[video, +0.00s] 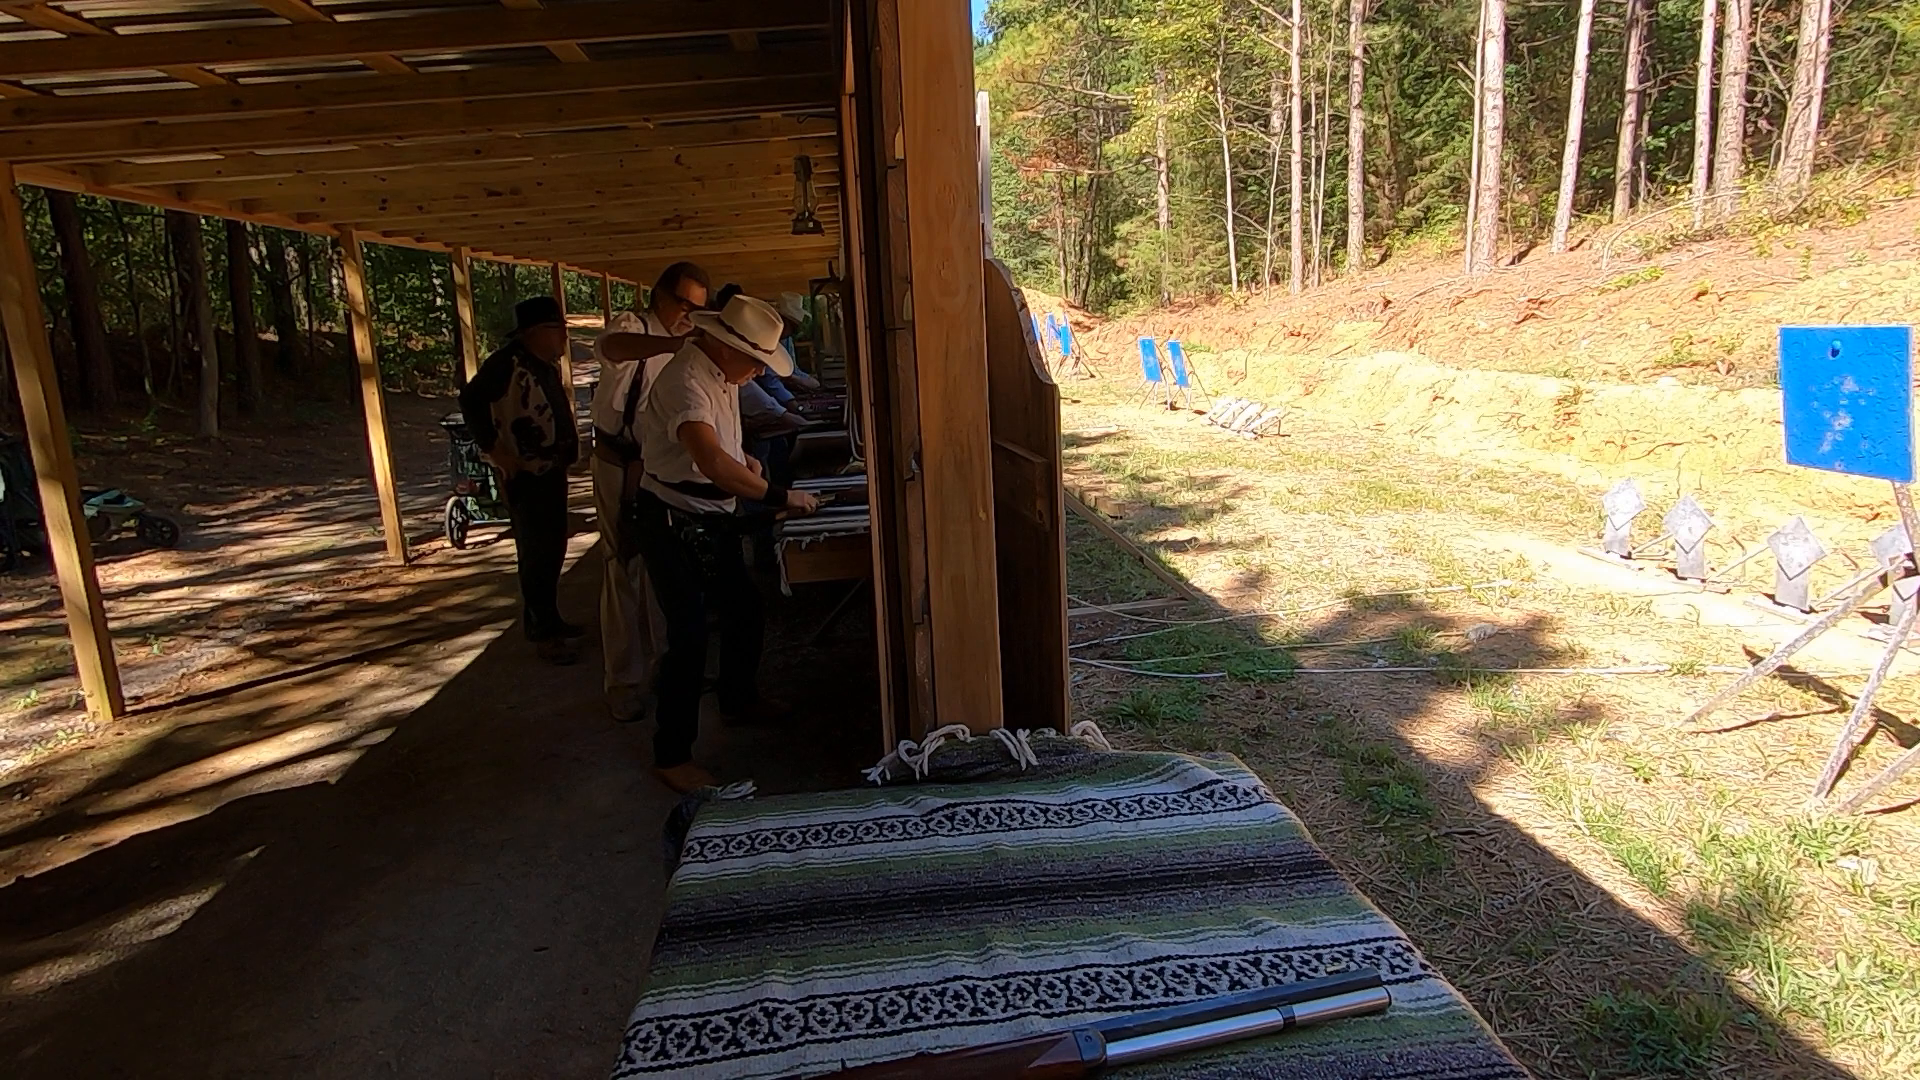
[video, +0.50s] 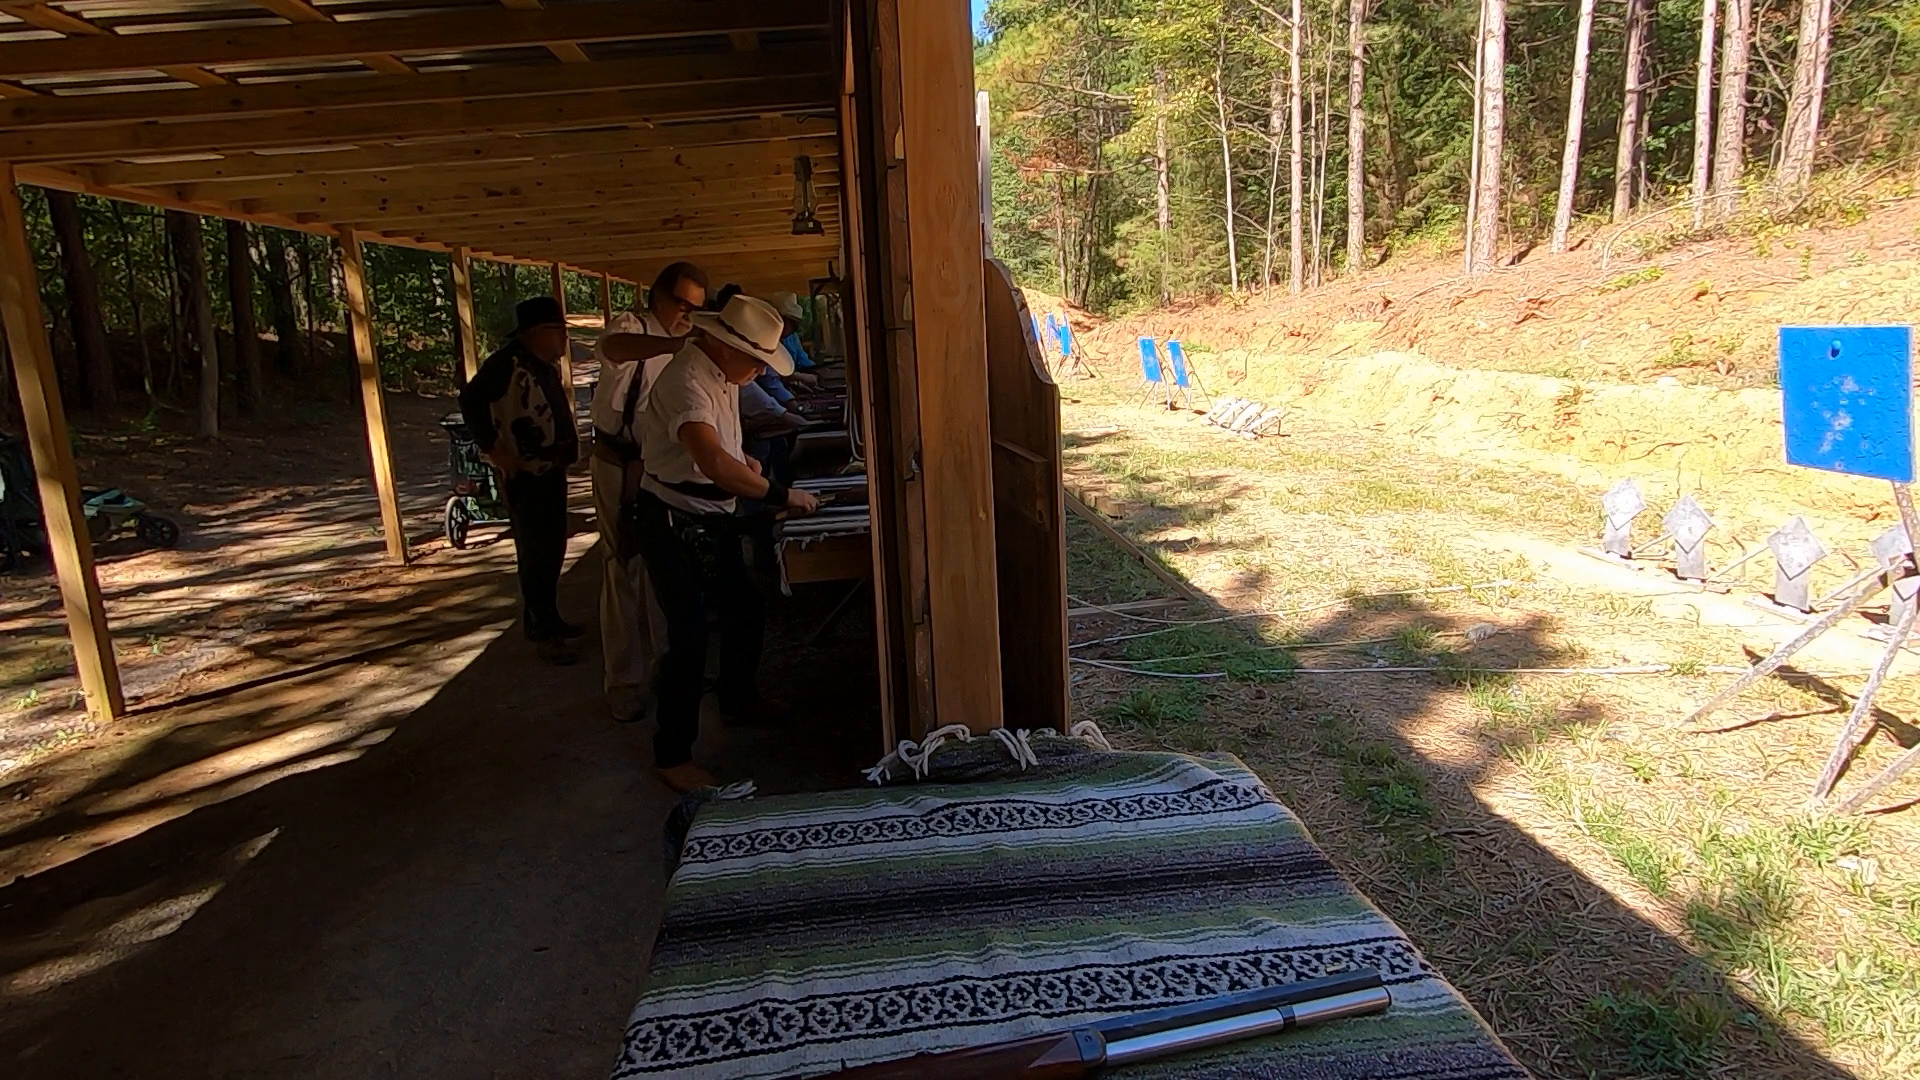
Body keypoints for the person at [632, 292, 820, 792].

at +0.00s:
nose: (757, 374)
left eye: (761, 367)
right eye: (755, 364)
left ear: (728, 349)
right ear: (729, 348)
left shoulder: (722, 377)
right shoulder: (685, 378)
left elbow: (727, 446)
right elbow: (709, 460)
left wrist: (755, 474)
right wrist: (780, 496)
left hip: (717, 516)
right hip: (672, 519)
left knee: (743, 611)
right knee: (689, 634)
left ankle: (739, 704)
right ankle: (672, 756)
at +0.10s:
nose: (758, 374)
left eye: (762, 366)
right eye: (756, 364)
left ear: (728, 349)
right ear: (729, 348)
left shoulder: (721, 378)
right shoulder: (685, 378)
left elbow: (731, 450)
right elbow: (709, 460)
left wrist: (764, 482)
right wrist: (779, 496)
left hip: (717, 516)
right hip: (673, 520)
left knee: (743, 610)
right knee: (689, 635)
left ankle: (739, 704)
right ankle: (673, 757)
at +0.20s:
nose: (758, 373)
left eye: (761, 366)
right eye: (755, 364)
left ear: (727, 349)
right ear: (728, 348)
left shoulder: (721, 377)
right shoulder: (686, 379)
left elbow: (728, 447)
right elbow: (709, 460)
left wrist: (756, 475)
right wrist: (780, 495)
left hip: (717, 516)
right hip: (672, 519)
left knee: (743, 610)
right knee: (689, 635)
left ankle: (739, 703)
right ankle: (672, 757)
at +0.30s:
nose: (758, 373)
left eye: (762, 366)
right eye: (755, 364)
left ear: (727, 349)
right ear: (728, 348)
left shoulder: (721, 377)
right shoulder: (686, 379)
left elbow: (727, 446)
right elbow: (710, 460)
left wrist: (752, 471)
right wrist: (780, 494)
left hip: (716, 516)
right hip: (672, 520)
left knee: (743, 610)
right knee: (689, 635)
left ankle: (739, 703)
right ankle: (672, 757)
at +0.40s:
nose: (758, 373)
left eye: (762, 366)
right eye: (756, 364)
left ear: (727, 349)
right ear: (729, 348)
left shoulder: (721, 378)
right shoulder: (686, 378)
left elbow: (728, 447)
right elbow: (711, 460)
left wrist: (752, 472)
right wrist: (781, 494)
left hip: (717, 516)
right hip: (673, 520)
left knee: (743, 610)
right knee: (689, 635)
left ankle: (739, 704)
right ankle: (672, 757)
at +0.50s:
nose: (758, 374)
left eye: (762, 366)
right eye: (757, 364)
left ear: (728, 348)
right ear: (730, 348)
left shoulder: (721, 377)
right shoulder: (686, 378)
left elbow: (724, 445)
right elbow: (711, 461)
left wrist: (747, 466)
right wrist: (781, 494)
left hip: (716, 516)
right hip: (673, 520)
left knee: (742, 611)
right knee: (690, 634)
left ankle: (739, 704)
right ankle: (672, 757)